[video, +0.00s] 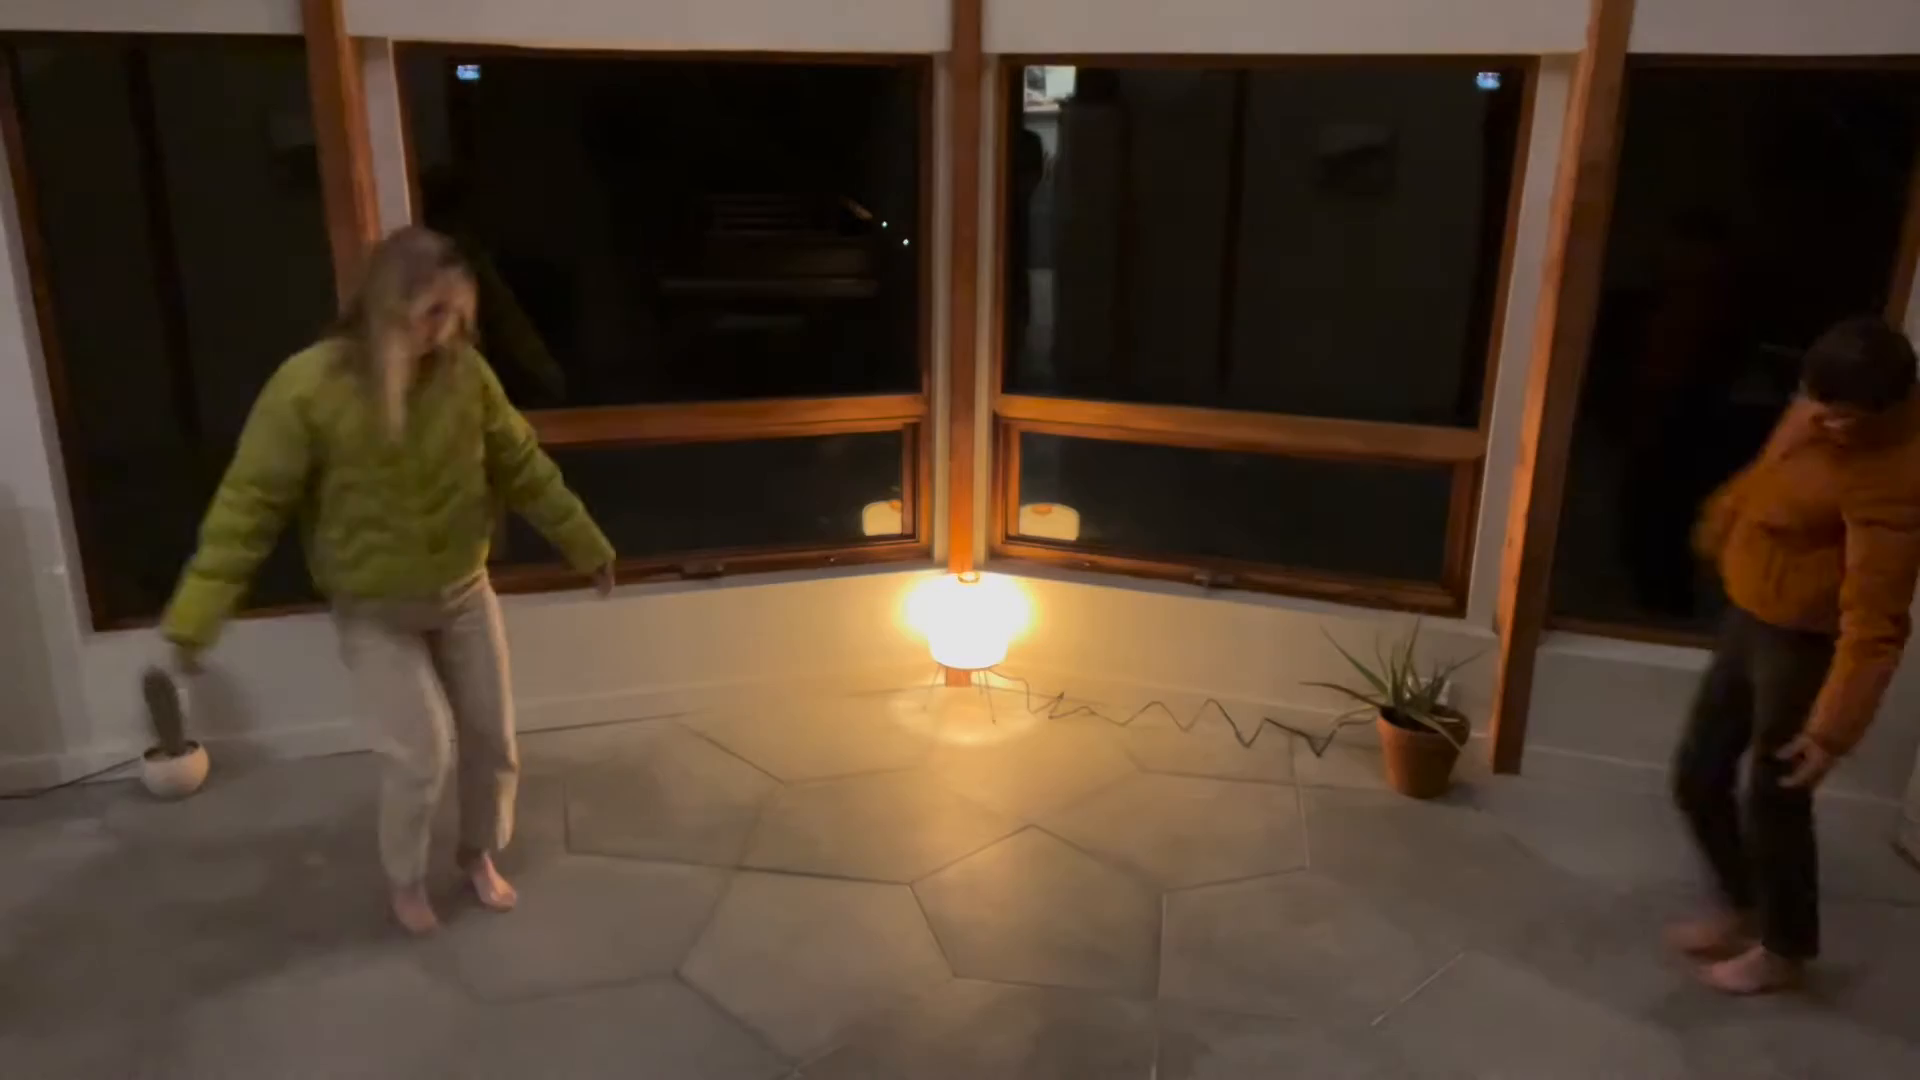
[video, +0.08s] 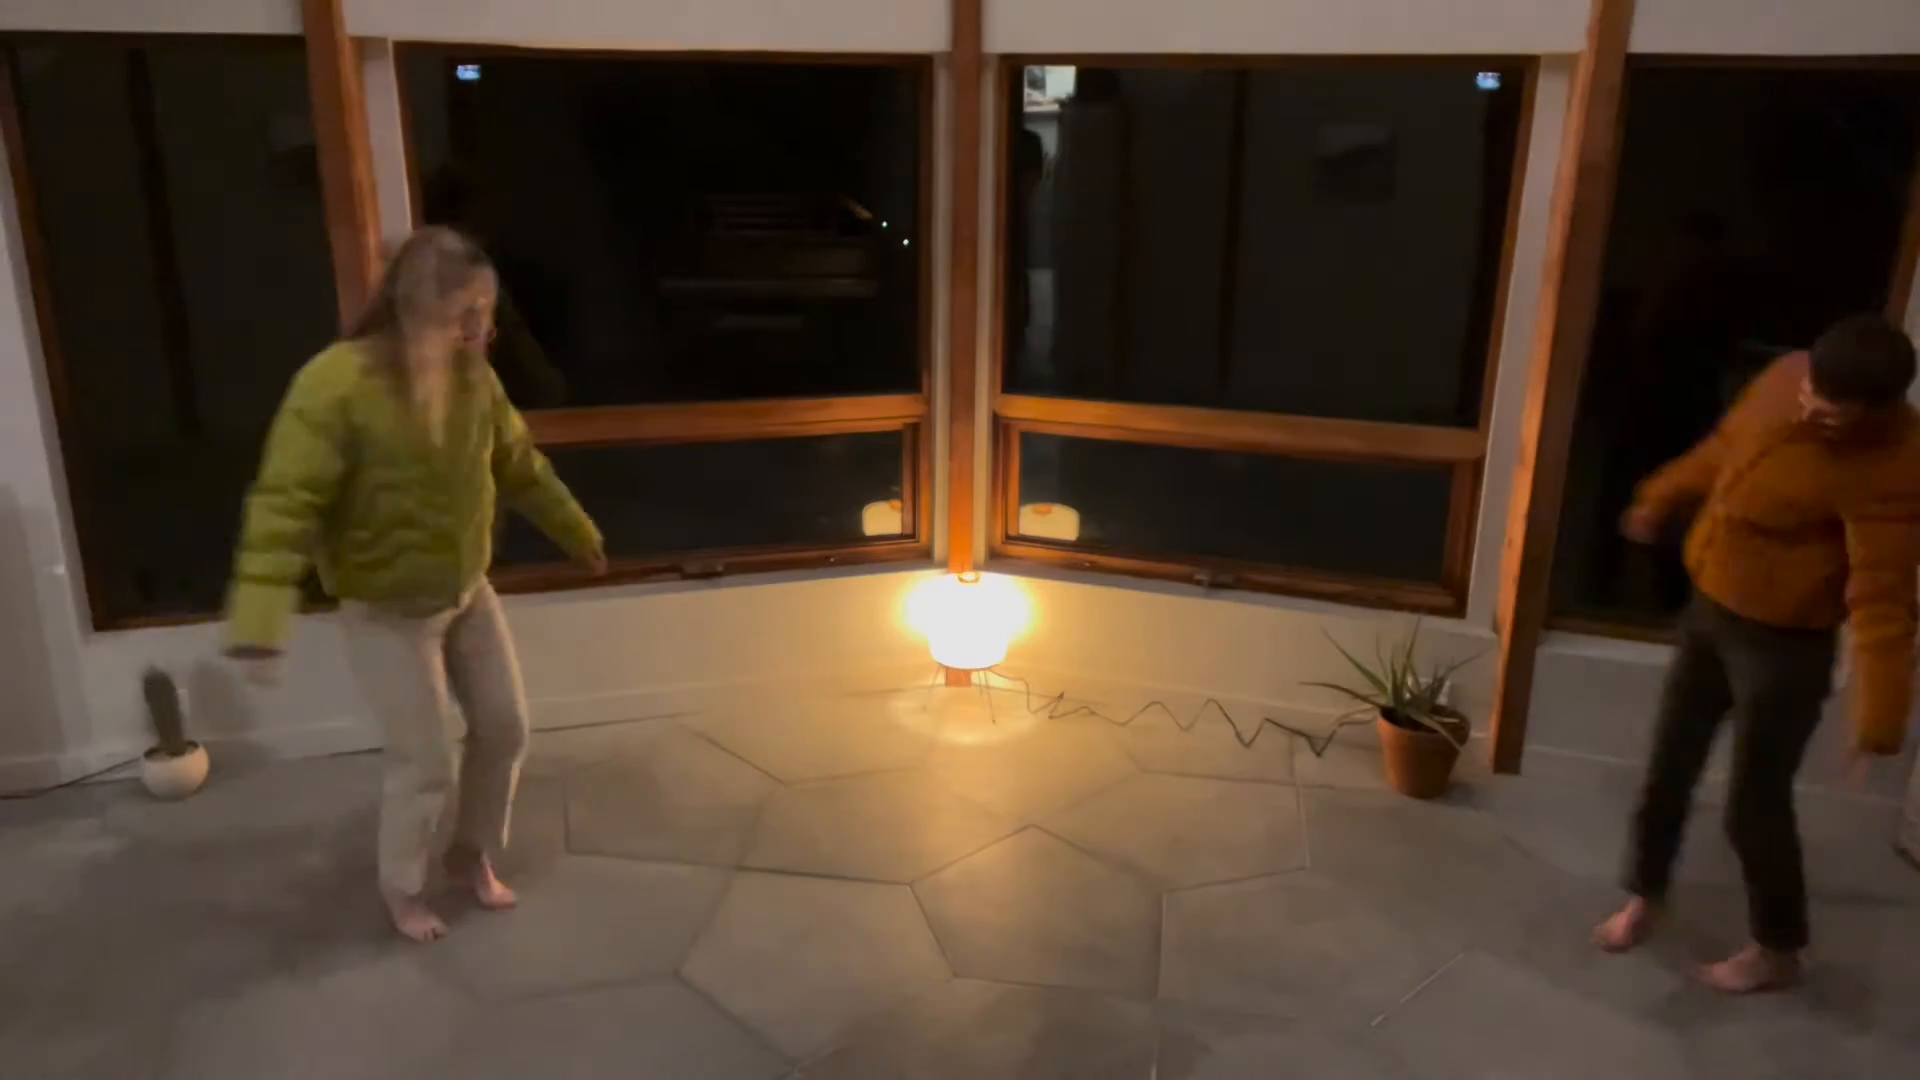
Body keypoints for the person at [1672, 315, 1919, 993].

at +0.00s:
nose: (1820, 421)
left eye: (1838, 416)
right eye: (1817, 404)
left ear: (1877, 412)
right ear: (1812, 386)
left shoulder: (1890, 480)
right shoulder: (1817, 399)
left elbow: (1878, 623)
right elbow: (1775, 470)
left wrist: (1827, 735)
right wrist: (1723, 515)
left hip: (1803, 642)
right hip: (1750, 619)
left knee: (1772, 795)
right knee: (1700, 776)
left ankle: (1784, 951)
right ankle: (1744, 910)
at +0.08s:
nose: (1807, 409)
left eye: (1827, 410)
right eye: (1808, 392)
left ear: (1869, 410)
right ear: (1808, 369)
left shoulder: (1887, 466)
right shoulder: (1789, 376)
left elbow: (1885, 594)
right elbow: (1727, 448)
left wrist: (1880, 721)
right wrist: (1657, 497)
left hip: (1784, 647)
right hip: (1712, 616)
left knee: (1755, 808)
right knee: (1669, 769)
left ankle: (1779, 948)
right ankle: (1644, 895)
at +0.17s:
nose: (1819, 410)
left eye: (1839, 412)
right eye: (1819, 391)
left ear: (1874, 412)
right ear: (1814, 362)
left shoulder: (1883, 463)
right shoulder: (1763, 373)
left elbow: (1893, 600)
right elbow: (1687, 443)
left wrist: (1905, 724)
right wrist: (1614, 487)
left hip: (1771, 640)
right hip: (1689, 604)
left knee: (1737, 806)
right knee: (1652, 763)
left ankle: (1766, 938)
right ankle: (1637, 893)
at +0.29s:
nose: (1832, 405)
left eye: (1854, 403)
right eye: (1835, 384)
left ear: (1877, 403)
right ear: (1821, 343)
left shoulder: (1863, 455)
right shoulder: (1721, 372)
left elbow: (1889, 584)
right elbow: (1622, 436)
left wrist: (1916, 681)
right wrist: (1525, 487)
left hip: (1756, 628)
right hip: (1661, 598)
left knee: (1718, 771)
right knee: (1641, 750)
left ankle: (1680, 910)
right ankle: (1638, 888)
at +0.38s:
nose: (1837, 401)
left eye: (1856, 396)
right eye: (1837, 379)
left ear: (1870, 400)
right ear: (1811, 342)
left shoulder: (1848, 455)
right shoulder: (1706, 378)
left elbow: (1881, 582)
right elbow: (1597, 439)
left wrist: (1916, 672)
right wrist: (1492, 490)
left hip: (1750, 631)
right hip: (1654, 603)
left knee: (1701, 784)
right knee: (1623, 757)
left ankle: (1655, 910)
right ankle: (1624, 883)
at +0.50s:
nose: (1832, 395)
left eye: (1847, 386)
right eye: (1834, 374)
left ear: (1853, 381)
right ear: (1801, 340)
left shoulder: (1816, 435)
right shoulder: (1676, 382)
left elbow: (1823, 551)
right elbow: (1563, 452)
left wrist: (1861, 640)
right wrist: (1457, 508)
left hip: (1733, 633)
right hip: (1640, 614)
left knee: (1700, 803)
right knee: (1621, 795)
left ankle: (1660, 918)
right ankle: (1553, 918)